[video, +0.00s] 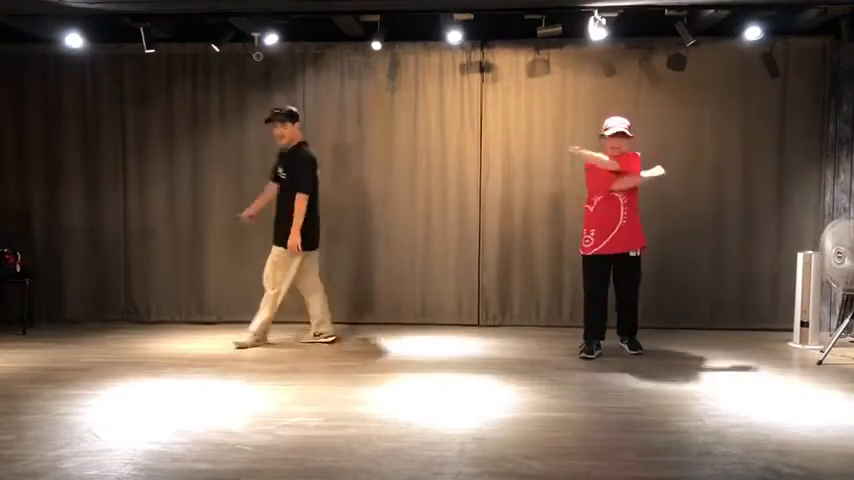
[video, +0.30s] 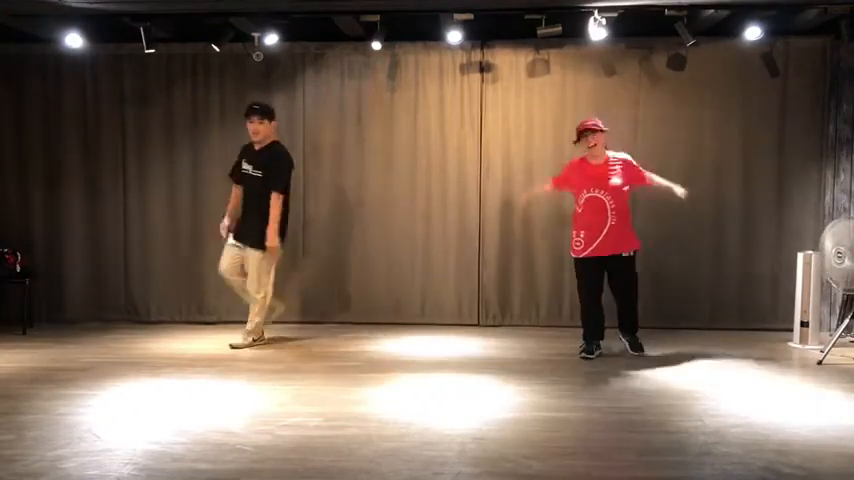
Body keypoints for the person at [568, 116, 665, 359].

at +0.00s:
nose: (616, 142)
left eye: (621, 137)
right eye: (611, 137)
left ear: (629, 141)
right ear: (603, 140)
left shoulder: (635, 161)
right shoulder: (593, 166)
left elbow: (611, 164)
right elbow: (616, 184)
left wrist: (584, 153)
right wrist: (646, 175)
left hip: (627, 240)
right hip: (597, 241)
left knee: (628, 293)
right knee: (595, 294)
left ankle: (628, 336)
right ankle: (592, 340)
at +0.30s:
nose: (590, 139)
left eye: (594, 133)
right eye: (585, 136)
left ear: (604, 136)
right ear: (581, 141)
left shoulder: (622, 163)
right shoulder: (575, 168)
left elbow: (648, 178)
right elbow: (553, 186)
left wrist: (673, 187)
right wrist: (529, 195)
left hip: (619, 243)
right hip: (586, 246)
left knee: (627, 294)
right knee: (589, 297)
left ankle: (629, 334)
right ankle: (591, 341)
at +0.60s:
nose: (591, 153)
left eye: (596, 148)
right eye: (587, 148)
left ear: (608, 145)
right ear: (582, 146)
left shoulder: (621, 166)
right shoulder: (574, 171)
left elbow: (645, 192)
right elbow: (551, 198)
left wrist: (625, 197)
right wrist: (559, 212)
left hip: (614, 248)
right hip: (583, 249)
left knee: (614, 298)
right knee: (586, 298)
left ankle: (616, 344)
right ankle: (590, 342)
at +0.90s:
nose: (602, 144)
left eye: (607, 139)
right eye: (597, 139)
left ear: (617, 141)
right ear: (591, 142)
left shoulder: (627, 164)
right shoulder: (581, 167)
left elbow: (628, 193)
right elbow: (598, 194)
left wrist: (597, 190)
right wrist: (632, 196)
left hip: (617, 248)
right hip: (586, 248)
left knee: (613, 301)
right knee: (588, 298)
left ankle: (610, 349)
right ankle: (591, 342)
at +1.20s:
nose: (618, 140)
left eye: (622, 136)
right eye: (613, 135)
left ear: (627, 138)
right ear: (602, 137)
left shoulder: (639, 168)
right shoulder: (584, 166)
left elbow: (663, 193)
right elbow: (555, 188)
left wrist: (678, 215)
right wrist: (538, 211)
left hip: (621, 252)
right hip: (587, 250)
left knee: (615, 303)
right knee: (586, 297)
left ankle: (611, 351)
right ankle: (592, 340)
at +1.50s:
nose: (631, 139)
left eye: (632, 135)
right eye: (626, 135)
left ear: (631, 138)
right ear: (610, 136)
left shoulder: (636, 167)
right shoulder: (584, 165)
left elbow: (645, 204)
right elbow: (566, 198)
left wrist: (652, 233)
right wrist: (551, 224)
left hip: (621, 251)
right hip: (586, 250)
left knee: (614, 305)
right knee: (582, 302)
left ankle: (610, 351)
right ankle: (579, 339)